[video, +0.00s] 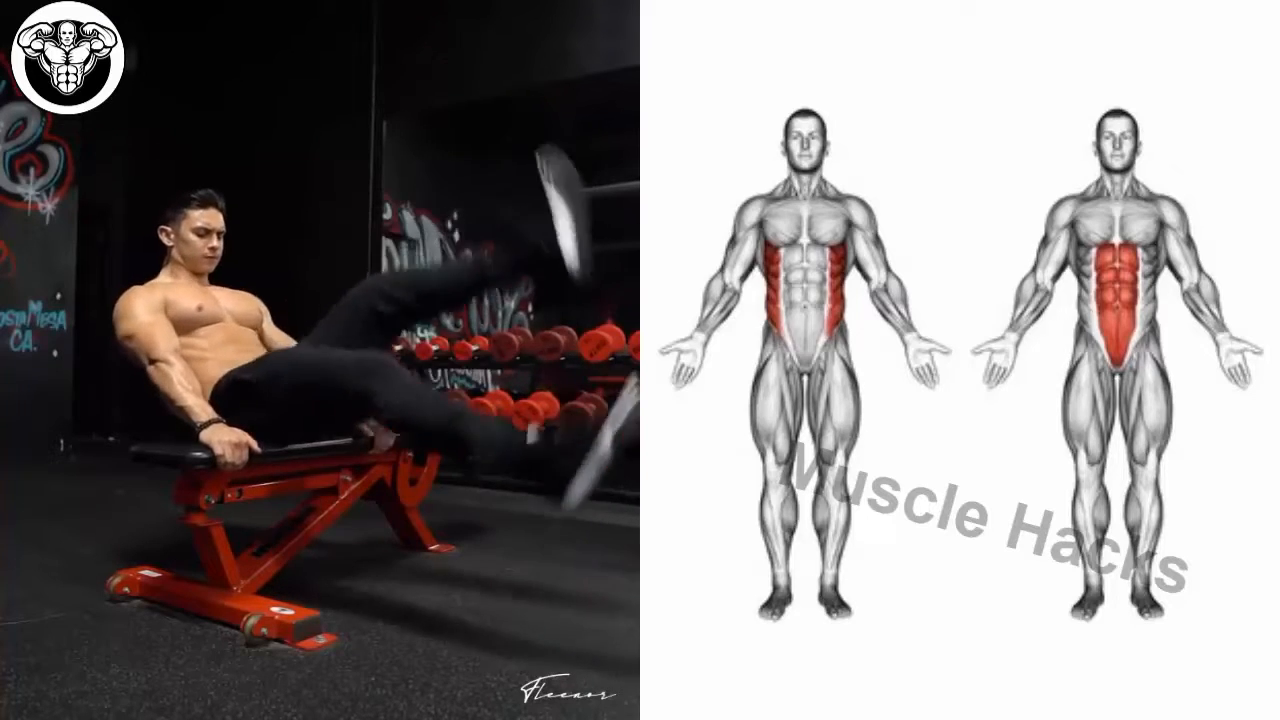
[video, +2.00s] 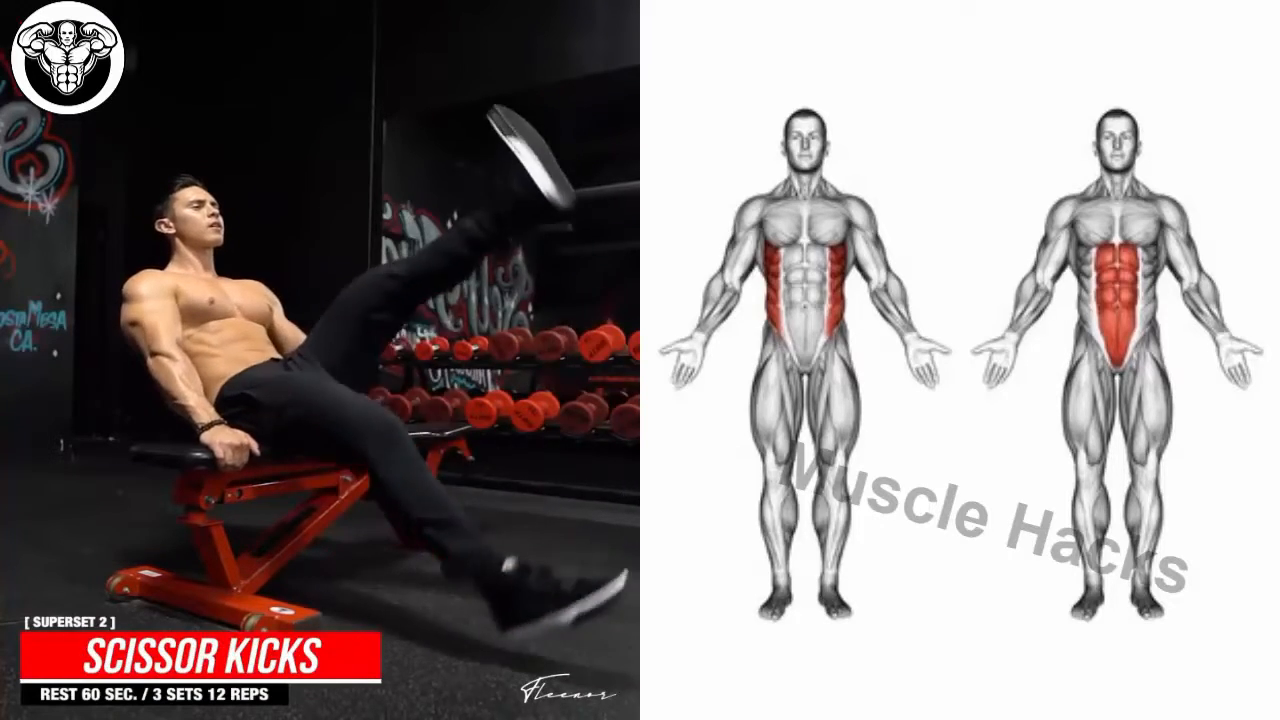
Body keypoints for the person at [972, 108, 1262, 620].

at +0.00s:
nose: (1116, 146)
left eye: (1124, 138)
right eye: (1109, 138)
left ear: (1137, 146)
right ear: (1097, 145)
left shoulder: (1164, 211)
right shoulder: (1070, 211)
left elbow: (1193, 282)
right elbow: (1041, 282)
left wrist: (1222, 336)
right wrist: (1012, 336)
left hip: (1144, 355)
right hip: (1089, 354)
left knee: (1146, 466)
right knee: (1088, 466)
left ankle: (1141, 581)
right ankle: (1092, 583)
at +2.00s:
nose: (1116, 145)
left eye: (1124, 137)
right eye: (1109, 137)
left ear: (1137, 146)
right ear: (1097, 145)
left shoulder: (1164, 211)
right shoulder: (1070, 211)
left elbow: (1193, 282)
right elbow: (1041, 282)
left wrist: (1221, 335)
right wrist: (1012, 336)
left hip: (1144, 355)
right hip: (1089, 354)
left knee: (1145, 466)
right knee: (1088, 466)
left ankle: (1141, 582)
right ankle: (1092, 583)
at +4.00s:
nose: (1116, 145)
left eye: (1124, 138)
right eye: (1108, 138)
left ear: (1137, 145)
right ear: (1096, 146)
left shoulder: (1164, 211)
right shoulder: (1070, 211)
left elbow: (1193, 282)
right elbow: (1041, 282)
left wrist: (1222, 335)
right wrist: (1012, 336)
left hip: (1144, 355)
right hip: (1089, 355)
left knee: (1145, 466)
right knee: (1088, 466)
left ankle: (1141, 581)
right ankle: (1092, 583)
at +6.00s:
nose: (1116, 145)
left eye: (1124, 138)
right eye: (1108, 138)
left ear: (1137, 145)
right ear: (1097, 145)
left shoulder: (1164, 211)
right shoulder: (1070, 211)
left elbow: (1193, 282)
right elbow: (1041, 281)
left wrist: (1222, 335)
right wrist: (1012, 336)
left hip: (1144, 355)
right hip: (1089, 354)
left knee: (1145, 465)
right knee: (1088, 466)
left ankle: (1141, 581)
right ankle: (1092, 583)